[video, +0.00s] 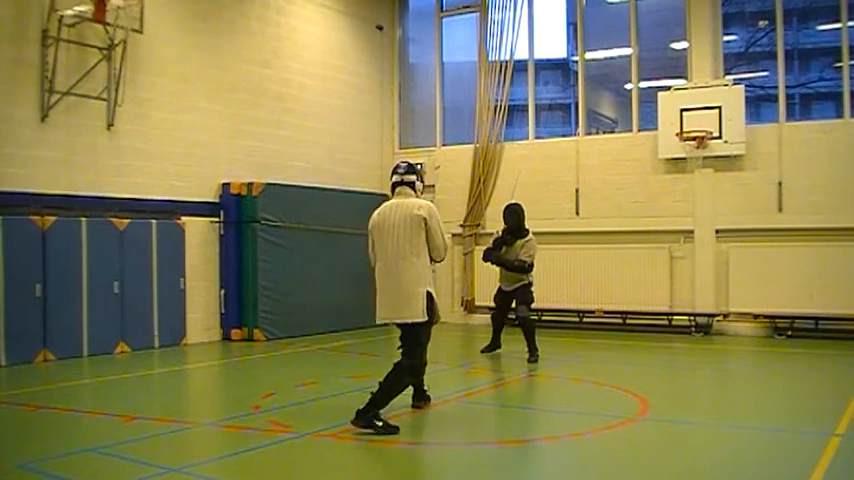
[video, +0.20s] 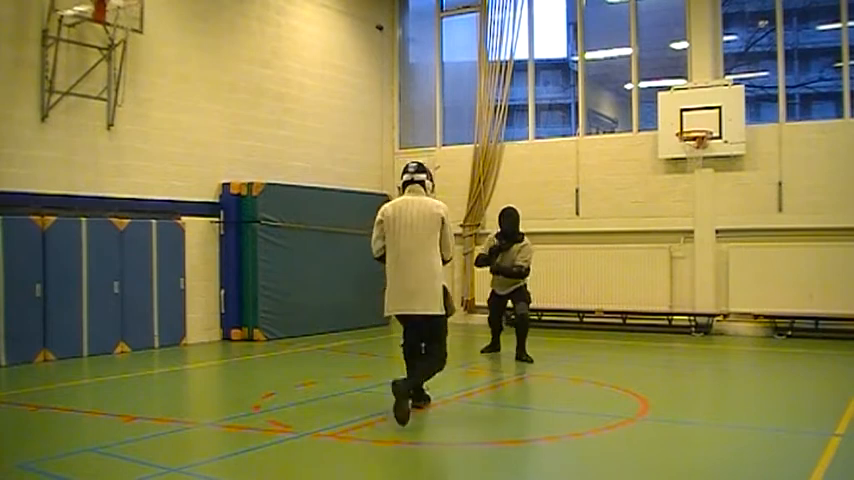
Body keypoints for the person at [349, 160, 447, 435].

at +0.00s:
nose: (422, 187)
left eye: (420, 183)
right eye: (421, 183)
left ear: (392, 185)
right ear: (416, 184)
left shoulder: (377, 215)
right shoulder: (424, 208)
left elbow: (373, 257)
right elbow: (439, 253)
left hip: (388, 295)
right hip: (417, 293)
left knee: (418, 340)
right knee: (413, 359)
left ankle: (419, 392)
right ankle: (368, 412)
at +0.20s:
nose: (429, 186)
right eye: (429, 181)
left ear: (402, 183)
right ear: (427, 183)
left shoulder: (387, 209)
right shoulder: (438, 208)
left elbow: (377, 250)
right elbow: (447, 254)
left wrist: (401, 258)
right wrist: (425, 258)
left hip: (399, 294)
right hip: (430, 294)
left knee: (411, 341)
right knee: (438, 355)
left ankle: (418, 392)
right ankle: (406, 386)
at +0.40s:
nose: (437, 186)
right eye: (437, 181)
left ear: (412, 182)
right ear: (437, 182)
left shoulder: (399, 204)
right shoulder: (450, 208)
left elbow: (388, 243)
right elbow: (453, 246)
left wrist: (411, 261)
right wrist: (434, 261)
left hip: (411, 283)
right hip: (445, 282)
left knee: (408, 335)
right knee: (459, 335)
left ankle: (418, 392)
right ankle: (448, 390)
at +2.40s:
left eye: (434, 181)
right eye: (452, 182)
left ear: (429, 182)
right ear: (455, 184)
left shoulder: (417, 206)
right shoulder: (467, 211)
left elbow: (413, 249)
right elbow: (471, 250)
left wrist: (434, 266)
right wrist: (456, 269)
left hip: (430, 286)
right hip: (462, 286)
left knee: (400, 348)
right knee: (463, 335)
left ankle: (396, 414)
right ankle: (471, 392)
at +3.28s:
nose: (481, 187)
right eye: (483, 183)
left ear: (457, 180)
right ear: (480, 183)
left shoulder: (438, 202)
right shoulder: (488, 207)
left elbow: (435, 241)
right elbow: (494, 251)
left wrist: (449, 260)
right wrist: (474, 265)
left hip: (442, 277)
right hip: (475, 280)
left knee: (419, 334)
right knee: (477, 336)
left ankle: (405, 394)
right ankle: (473, 392)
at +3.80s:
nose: (487, 187)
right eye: (487, 182)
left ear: (460, 181)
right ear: (484, 183)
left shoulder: (442, 205)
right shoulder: (492, 208)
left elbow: (441, 247)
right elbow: (500, 256)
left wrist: (457, 268)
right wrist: (478, 271)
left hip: (449, 283)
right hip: (484, 284)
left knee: (435, 343)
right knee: (505, 328)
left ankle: (449, 401)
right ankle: (508, 386)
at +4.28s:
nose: (523, 188)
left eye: (522, 184)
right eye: (523, 184)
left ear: (495, 181)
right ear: (519, 184)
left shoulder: (476, 205)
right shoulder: (525, 209)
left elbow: (469, 241)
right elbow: (534, 257)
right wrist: (510, 264)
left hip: (478, 285)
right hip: (514, 285)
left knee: (458, 341)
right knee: (531, 331)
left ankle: (451, 399)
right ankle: (531, 386)